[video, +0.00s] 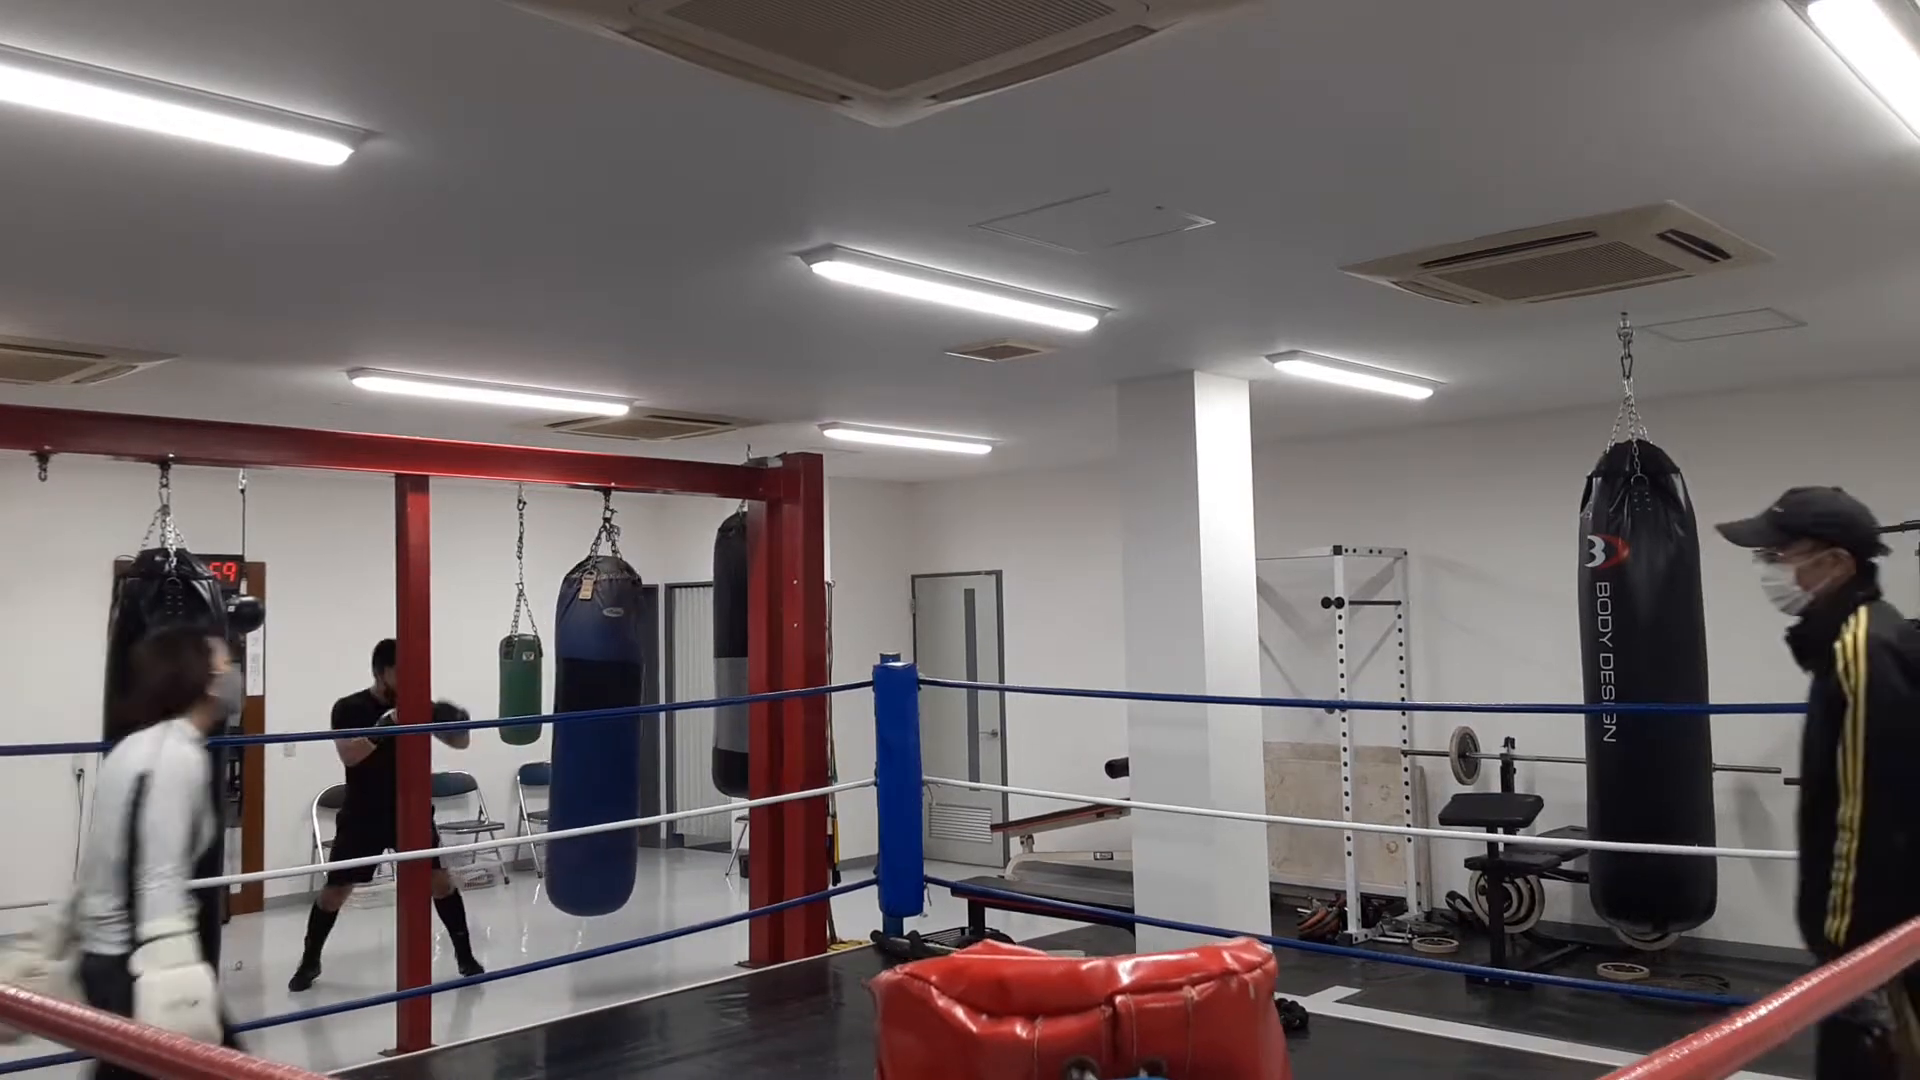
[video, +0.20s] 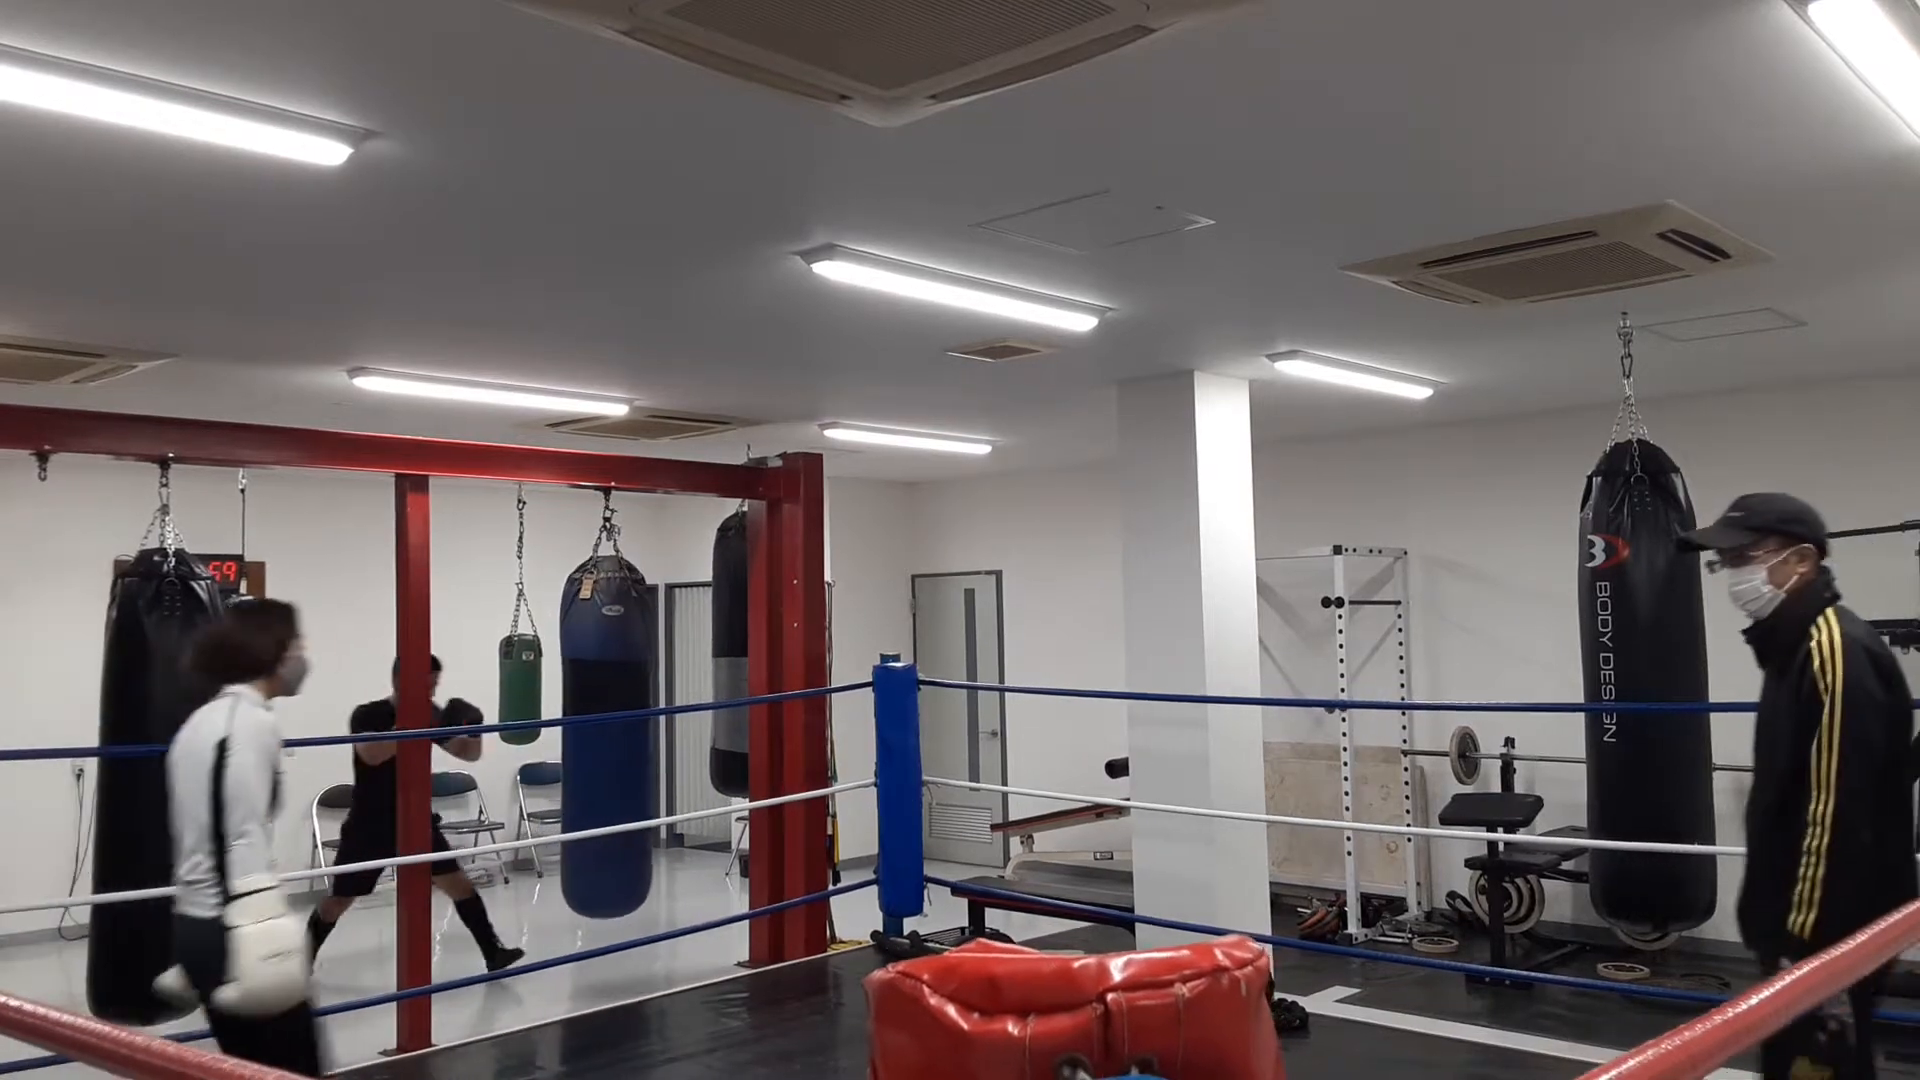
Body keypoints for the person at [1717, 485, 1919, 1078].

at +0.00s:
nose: (1769, 573)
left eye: (1780, 557)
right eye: (1769, 559)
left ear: (1835, 565)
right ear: (1831, 567)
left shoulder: (1861, 646)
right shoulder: (1860, 636)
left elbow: (1863, 810)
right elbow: (1852, 807)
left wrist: (1843, 955)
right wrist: (1839, 944)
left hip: (1871, 960)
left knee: (1858, 1068)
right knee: (1854, 1066)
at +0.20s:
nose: (1732, 576)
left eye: (1745, 559)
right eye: (1728, 563)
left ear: (1800, 559)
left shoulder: (1835, 650)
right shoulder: (1798, 645)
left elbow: (1832, 809)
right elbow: (1797, 797)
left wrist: (1801, 951)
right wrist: (1775, 931)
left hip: (1827, 946)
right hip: (1795, 935)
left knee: (1813, 1067)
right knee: (1789, 1064)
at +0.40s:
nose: (1696, 582)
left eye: (1712, 565)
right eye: (1686, 569)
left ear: (1764, 560)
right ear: (1677, 573)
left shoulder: (1810, 651)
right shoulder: (1736, 651)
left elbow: (1822, 813)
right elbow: (1742, 791)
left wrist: (1774, 943)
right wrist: (1717, 903)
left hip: (1791, 941)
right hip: (1738, 925)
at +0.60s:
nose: (1654, 590)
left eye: (1668, 571)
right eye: (1642, 577)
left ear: (1715, 566)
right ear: (1632, 581)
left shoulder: (1761, 657)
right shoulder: (1685, 656)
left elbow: (1787, 815)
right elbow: (1684, 791)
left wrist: (1765, 961)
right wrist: (1647, 877)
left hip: (1753, 935)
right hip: (1703, 922)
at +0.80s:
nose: (1600, 586)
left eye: (1617, 568)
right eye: (1591, 572)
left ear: (1666, 570)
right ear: (1582, 575)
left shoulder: (1696, 658)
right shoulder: (1641, 657)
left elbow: (1721, 812)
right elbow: (1642, 802)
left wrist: (1724, 961)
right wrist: (1624, 932)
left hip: (1672, 944)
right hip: (1640, 937)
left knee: (1652, 1073)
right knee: (1635, 1069)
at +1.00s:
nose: (1549, 583)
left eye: (1562, 565)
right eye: (1543, 570)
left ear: (1614, 567)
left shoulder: (1637, 652)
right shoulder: (1608, 648)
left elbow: (1639, 805)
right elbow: (1610, 801)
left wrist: (1621, 949)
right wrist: (1585, 931)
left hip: (1622, 940)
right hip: (1600, 934)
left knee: (1614, 1069)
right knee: (1597, 1065)